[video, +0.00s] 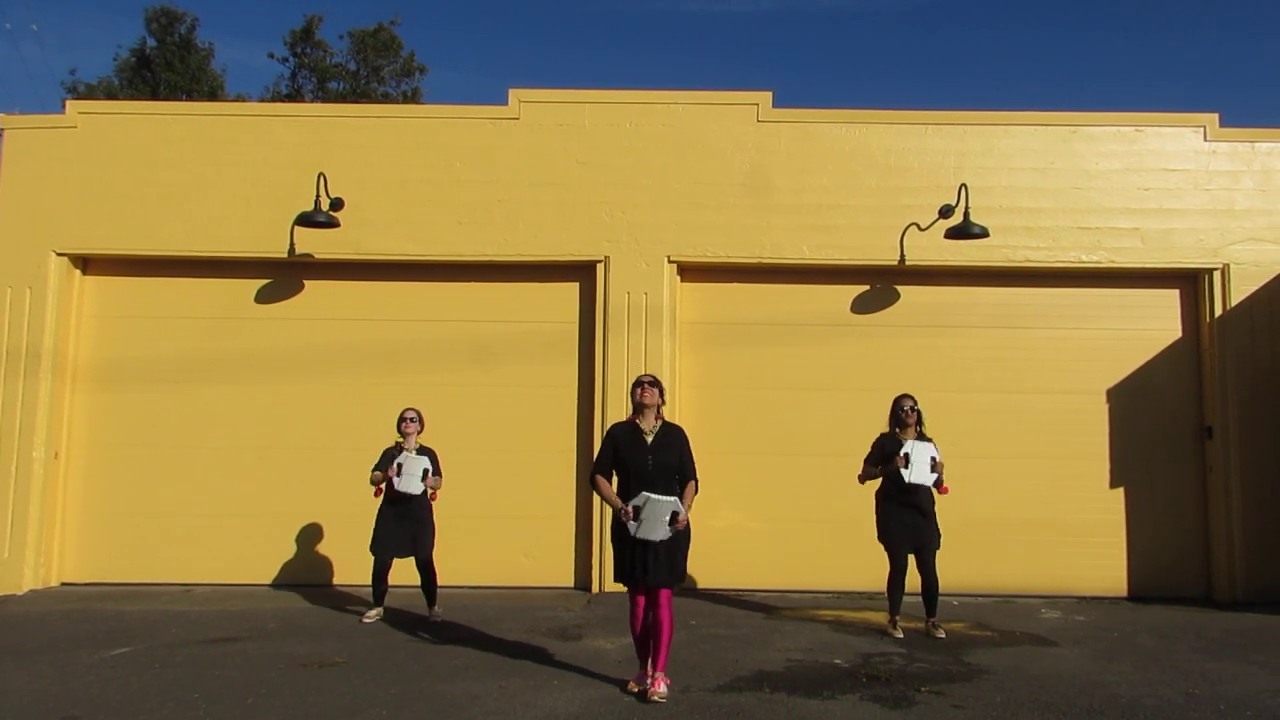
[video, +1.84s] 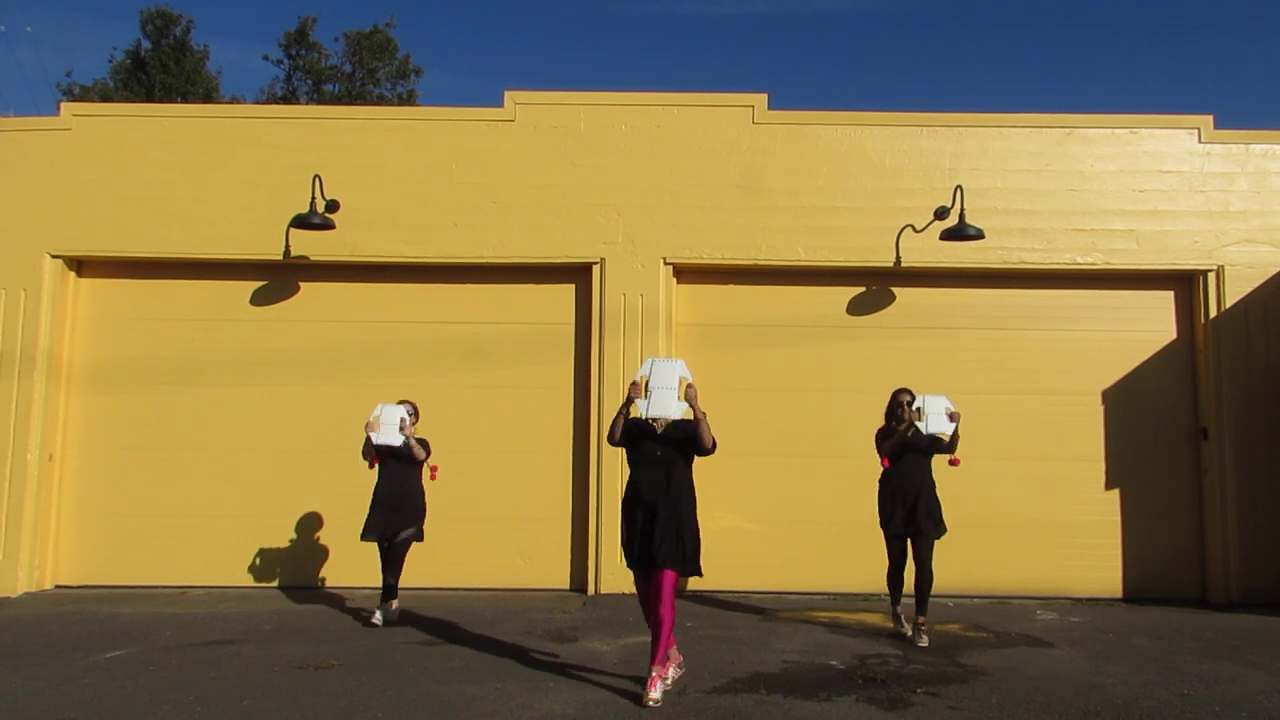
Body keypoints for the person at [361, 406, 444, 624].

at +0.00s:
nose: (407, 423)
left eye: (412, 420)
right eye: (403, 420)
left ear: (420, 425)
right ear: (399, 426)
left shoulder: (428, 454)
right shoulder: (391, 453)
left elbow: (438, 483)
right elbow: (374, 479)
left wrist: (430, 482)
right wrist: (387, 474)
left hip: (419, 516)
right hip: (391, 514)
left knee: (424, 561)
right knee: (382, 561)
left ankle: (432, 607)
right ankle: (378, 606)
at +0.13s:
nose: (407, 409)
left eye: (412, 406)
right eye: (403, 406)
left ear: (420, 412)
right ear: (398, 411)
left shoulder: (425, 436)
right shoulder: (390, 433)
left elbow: (440, 462)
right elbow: (381, 443)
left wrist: (450, 450)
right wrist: (410, 438)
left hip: (419, 501)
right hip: (392, 500)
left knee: (420, 554)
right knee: (385, 552)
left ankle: (426, 601)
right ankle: (375, 601)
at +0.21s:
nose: (407, 408)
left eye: (413, 405)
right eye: (403, 405)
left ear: (420, 413)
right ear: (397, 410)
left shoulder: (423, 439)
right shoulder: (388, 433)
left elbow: (442, 449)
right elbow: (391, 426)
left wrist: (458, 433)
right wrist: (422, 418)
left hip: (419, 501)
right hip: (393, 500)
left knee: (417, 553)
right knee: (388, 551)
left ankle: (418, 603)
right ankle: (382, 598)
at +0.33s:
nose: (409, 415)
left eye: (414, 413)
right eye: (408, 412)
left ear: (420, 420)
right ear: (403, 419)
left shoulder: (424, 443)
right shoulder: (393, 440)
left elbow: (447, 433)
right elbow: (396, 419)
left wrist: (456, 406)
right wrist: (417, 397)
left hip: (421, 508)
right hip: (394, 508)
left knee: (419, 559)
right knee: (386, 553)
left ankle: (417, 606)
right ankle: (394, 597)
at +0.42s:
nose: (414, 408)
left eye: (419, 406)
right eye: (411, 406)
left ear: (424, 414)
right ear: (404, 412)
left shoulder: (429, 438)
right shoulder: (394, 435)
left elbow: (442, 420)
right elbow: (391, 412)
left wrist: (443, 389)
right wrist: (403, 385)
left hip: (421, 502)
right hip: (394, 501)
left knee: (418, 555)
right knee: (392, 552)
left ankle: (416, 604)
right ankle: (400, 596)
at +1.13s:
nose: (414, 414)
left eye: (417, 411)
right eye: (410, 411)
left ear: (422, 416)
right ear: (402, 416)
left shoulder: (425, 441)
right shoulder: (390, 438)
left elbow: (432, 430)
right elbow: (381, 426)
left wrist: (428, 403)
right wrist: (387, 398)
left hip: (417, 501)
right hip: (390, 500)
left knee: (406, 551)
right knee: (395, 553)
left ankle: (400, 605)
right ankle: (408, 594)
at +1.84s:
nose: (402, 418)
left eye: (407, 415)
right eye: (399, 413)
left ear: (415, 420)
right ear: (391, 417)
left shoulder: (420, 443)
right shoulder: (385, 441)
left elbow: (421, 456)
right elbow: (368, 456)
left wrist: (409, 436)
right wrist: (371, 435)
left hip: (410, 506)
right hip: (384, 505)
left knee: (396, 556)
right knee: (386, 556)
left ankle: (382, 608)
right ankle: (392, 601)